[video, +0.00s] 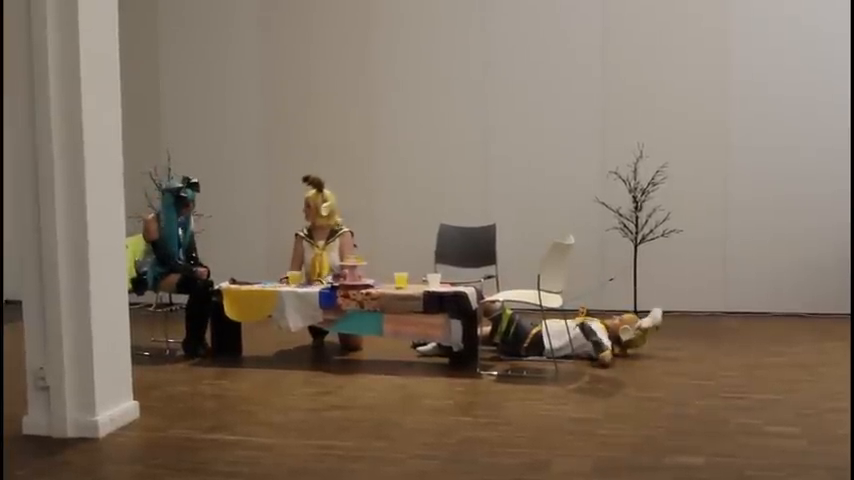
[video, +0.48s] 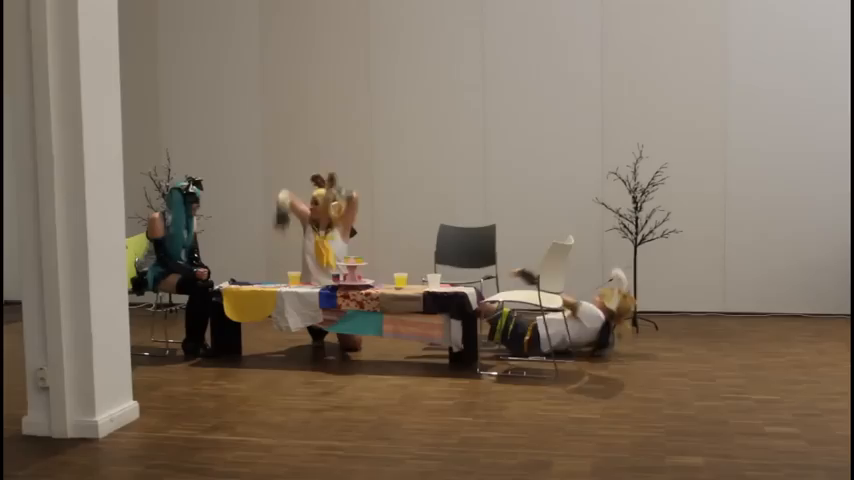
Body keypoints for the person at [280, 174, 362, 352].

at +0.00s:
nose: (304, 212)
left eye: (308, 208)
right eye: (305, 207)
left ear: (321, 210)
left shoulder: (343, 234)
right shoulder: (302, 236)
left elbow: (347, 267)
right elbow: (295, 269)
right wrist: (290, 282)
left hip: (339, 291)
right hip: (311, 293)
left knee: (353, 344)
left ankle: (346, 334)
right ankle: (317, 338)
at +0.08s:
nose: (303, 212)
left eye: (308, 208)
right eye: (304, 207)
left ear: (322, 210)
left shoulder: (342, 235)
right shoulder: (301, 237)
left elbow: (347, 268)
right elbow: (294, 270)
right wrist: (290, 283)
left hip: (339, 291)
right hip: (310, 294)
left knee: (353, 344)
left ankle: (346, 335)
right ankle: (317, 339)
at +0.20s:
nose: (307, 211)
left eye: (313, 207)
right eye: (307, 206)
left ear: (327, 210)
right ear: (305, 209)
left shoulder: (340, 230)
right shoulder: (302, 233)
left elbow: (346, 260)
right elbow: (295, 264)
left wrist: (342, 278)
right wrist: (289, 279)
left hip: (337, 289)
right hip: (310, 291)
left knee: (353, 344)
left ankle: (345, 336)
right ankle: (317, 339)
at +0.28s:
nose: (315, 209)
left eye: (321, 205)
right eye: (312, 205)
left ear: (332, 209)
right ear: (308, 207)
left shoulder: (342, 229)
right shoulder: (302, 231)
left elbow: (348, 258)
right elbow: (289, 259)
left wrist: (335, 273)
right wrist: (285, 275)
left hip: (339, 291)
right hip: (309, 293)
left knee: (353, 345)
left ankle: (344, 339)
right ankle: (317, 340)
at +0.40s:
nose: (315, 207)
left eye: (321, 204)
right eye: (313, 203)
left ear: (332, 207)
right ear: (311, 205)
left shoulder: (338, 228)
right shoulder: (305, 225)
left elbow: (351, 226)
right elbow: (273, 224)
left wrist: (353, 223)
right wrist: (283, 247)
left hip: (339, 288)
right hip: (310, 288)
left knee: (354, 345)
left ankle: (344, 338)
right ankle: (317, 338)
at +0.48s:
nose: (311, 207)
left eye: (316, 203)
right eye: (311, 203)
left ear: (330, 207)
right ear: (311, 205)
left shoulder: (341, 227)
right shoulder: (308, 223)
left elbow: (353, 202)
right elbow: (286, 195)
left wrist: (350, 197)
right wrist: (283, 208)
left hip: (339, 293)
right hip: (311, 293)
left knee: (352, 345)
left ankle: (344, 340)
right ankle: (317, 341)